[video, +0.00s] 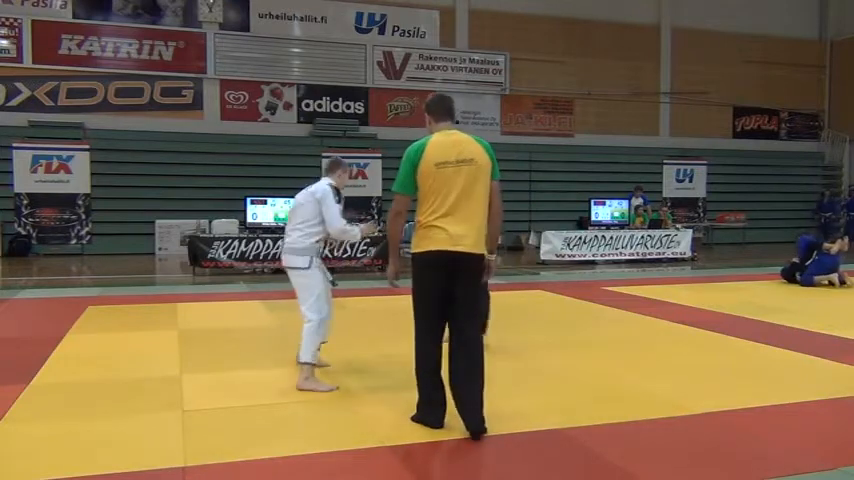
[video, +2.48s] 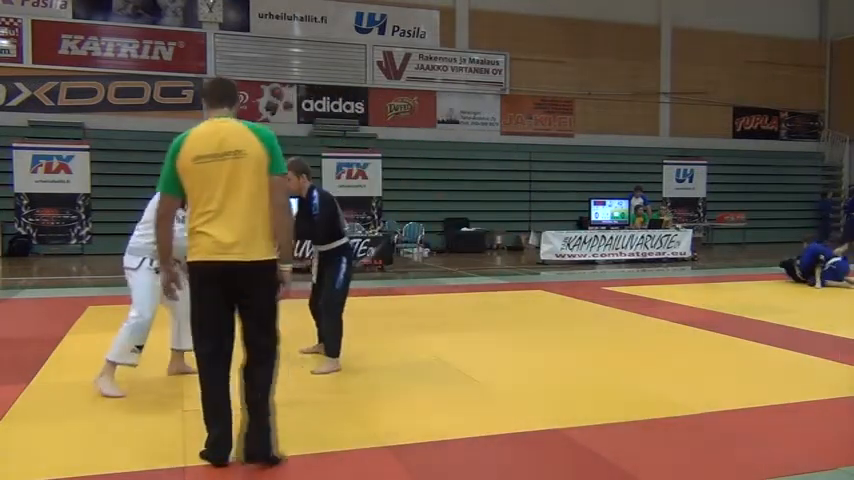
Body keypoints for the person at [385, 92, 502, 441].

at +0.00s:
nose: (425, 123)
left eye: (425, 119)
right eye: (430, 118)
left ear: (428, 118)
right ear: (455, 116)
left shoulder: (417, 151)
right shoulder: (483, 148)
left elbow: (398, 210)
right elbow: (496, 206)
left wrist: (393, 258)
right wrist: (491, 251)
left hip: (429, 255)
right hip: (471, 256)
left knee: (427, 335)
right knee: (467, 336)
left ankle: (431, 412)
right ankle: (474, 419)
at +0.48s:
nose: (432, 122)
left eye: (432, 117)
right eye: (438, 117)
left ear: (436, 116)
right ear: (463, 117)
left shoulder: (423, 144)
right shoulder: (489, 151)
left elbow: (404, 202)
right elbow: (499, 208)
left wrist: (400, 250)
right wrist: (496, 259)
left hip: (429, 256)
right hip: (472, 259)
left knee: (418, 340)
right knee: (470, 343)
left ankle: (409, 426)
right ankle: (476, 428)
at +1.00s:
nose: (367, 119)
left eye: (368, 113)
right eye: (372, 113)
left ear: (373, 113)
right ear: (404, 113)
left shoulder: (361, 147)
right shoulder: (431, 151)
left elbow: (346, 213)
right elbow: (444, 212)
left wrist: (349, 257)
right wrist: (444, 263)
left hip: (370, 264)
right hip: (415, 264)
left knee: (369, 352)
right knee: (430, 343)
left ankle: (374, 443)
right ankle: (462, 423)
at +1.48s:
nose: (321, 118)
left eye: (320, 113)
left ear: (322, 113)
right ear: (354, 111)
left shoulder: (317, 145)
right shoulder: (382, 147)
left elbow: (298, 211)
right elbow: (395, 208)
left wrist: (290, 265)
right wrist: (391, 259)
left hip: (334, 259)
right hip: (374, 259)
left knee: (348, 346)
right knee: (347, 343)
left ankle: (373, 442)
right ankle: (337, 426)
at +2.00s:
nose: (271, 118)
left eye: (271, 112)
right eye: (275, 112)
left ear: (277, 112)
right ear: (305, 110)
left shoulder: (263, 144)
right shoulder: (334, 148)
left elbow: (243, 209)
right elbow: (346, 211)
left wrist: (239, 262)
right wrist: (331, 253)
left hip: (271, 264)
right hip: (318, 266)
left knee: (250, 350)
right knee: (322, 346)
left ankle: (225, 443)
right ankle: (338, 428)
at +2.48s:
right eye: (235, 104)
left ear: (203, 105)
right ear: (237, 104)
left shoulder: (183, 144)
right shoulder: (263, 136)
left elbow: (164, 211)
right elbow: (280, 201)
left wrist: (165, 263)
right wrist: (285, 259)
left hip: (205, 265)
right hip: (256, 264)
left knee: (211, 356)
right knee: (261, 354)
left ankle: (217, 447)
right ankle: (258, 446)